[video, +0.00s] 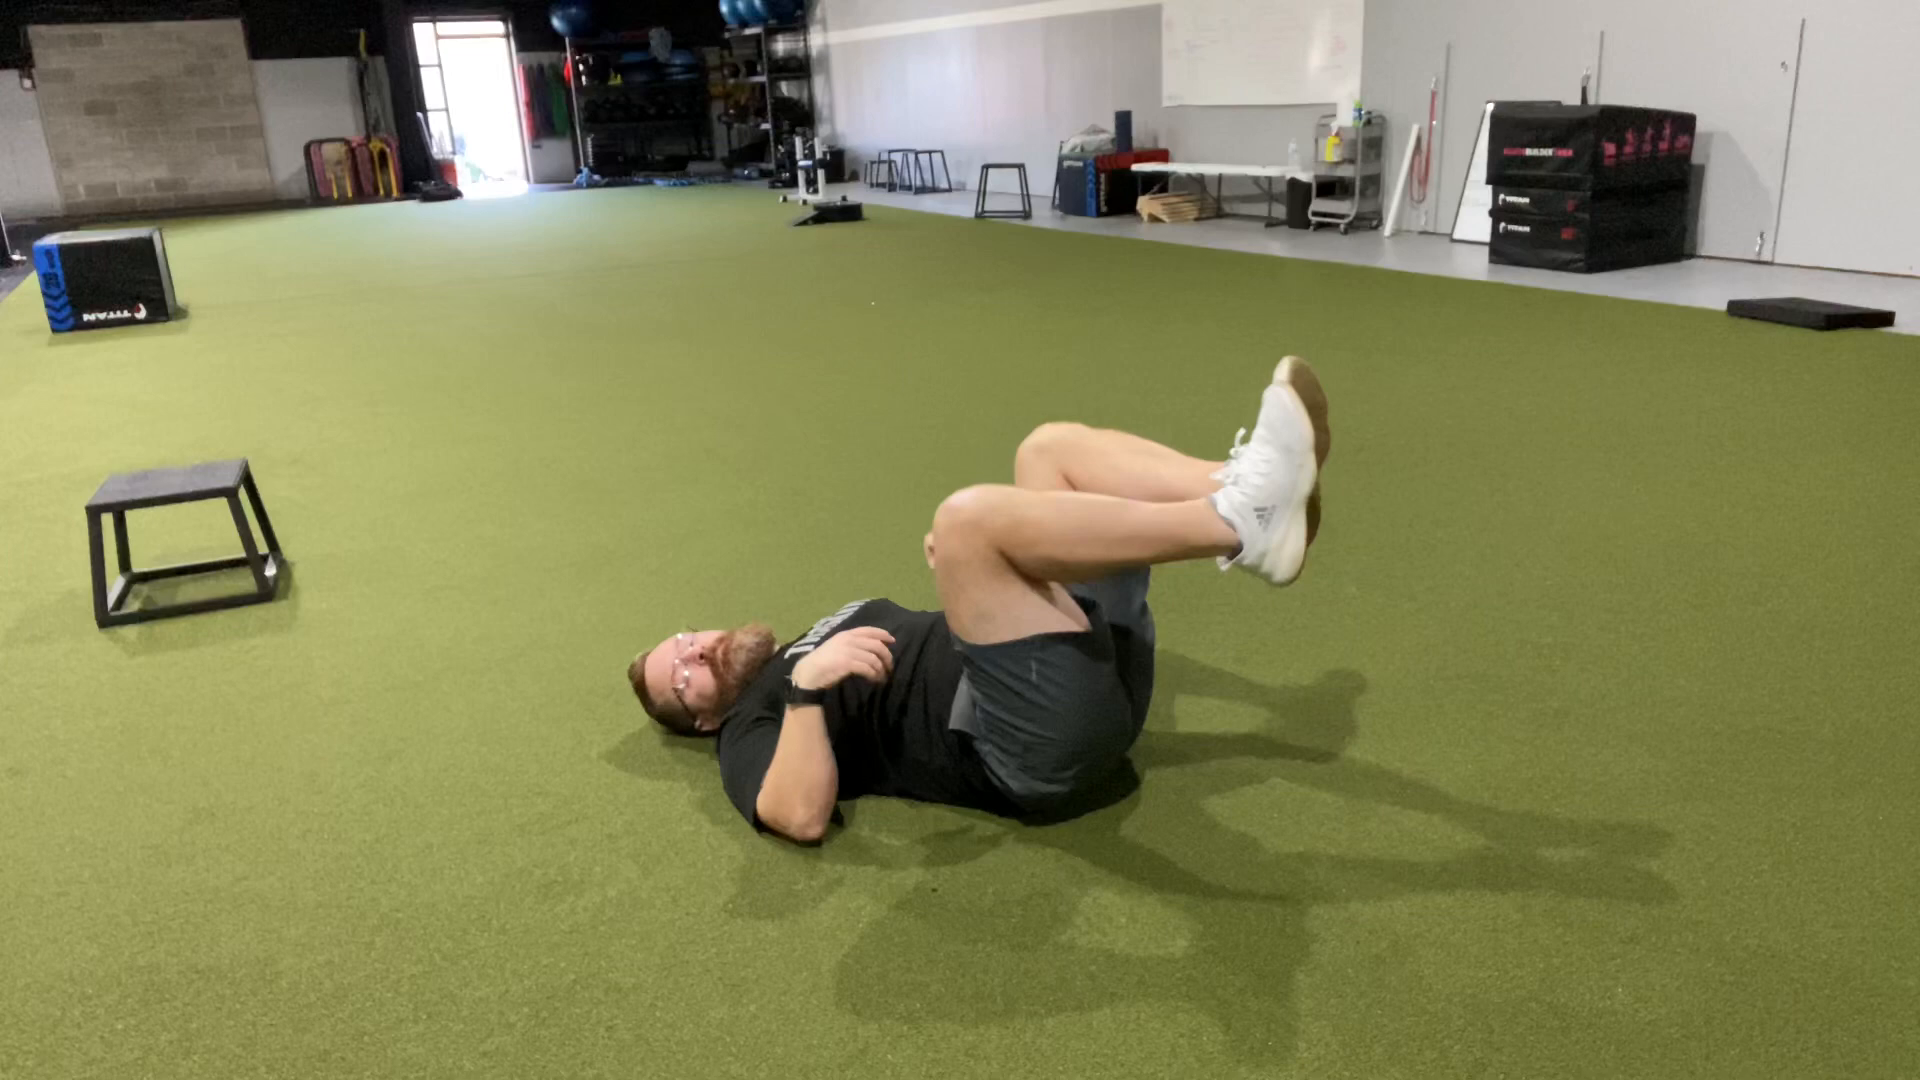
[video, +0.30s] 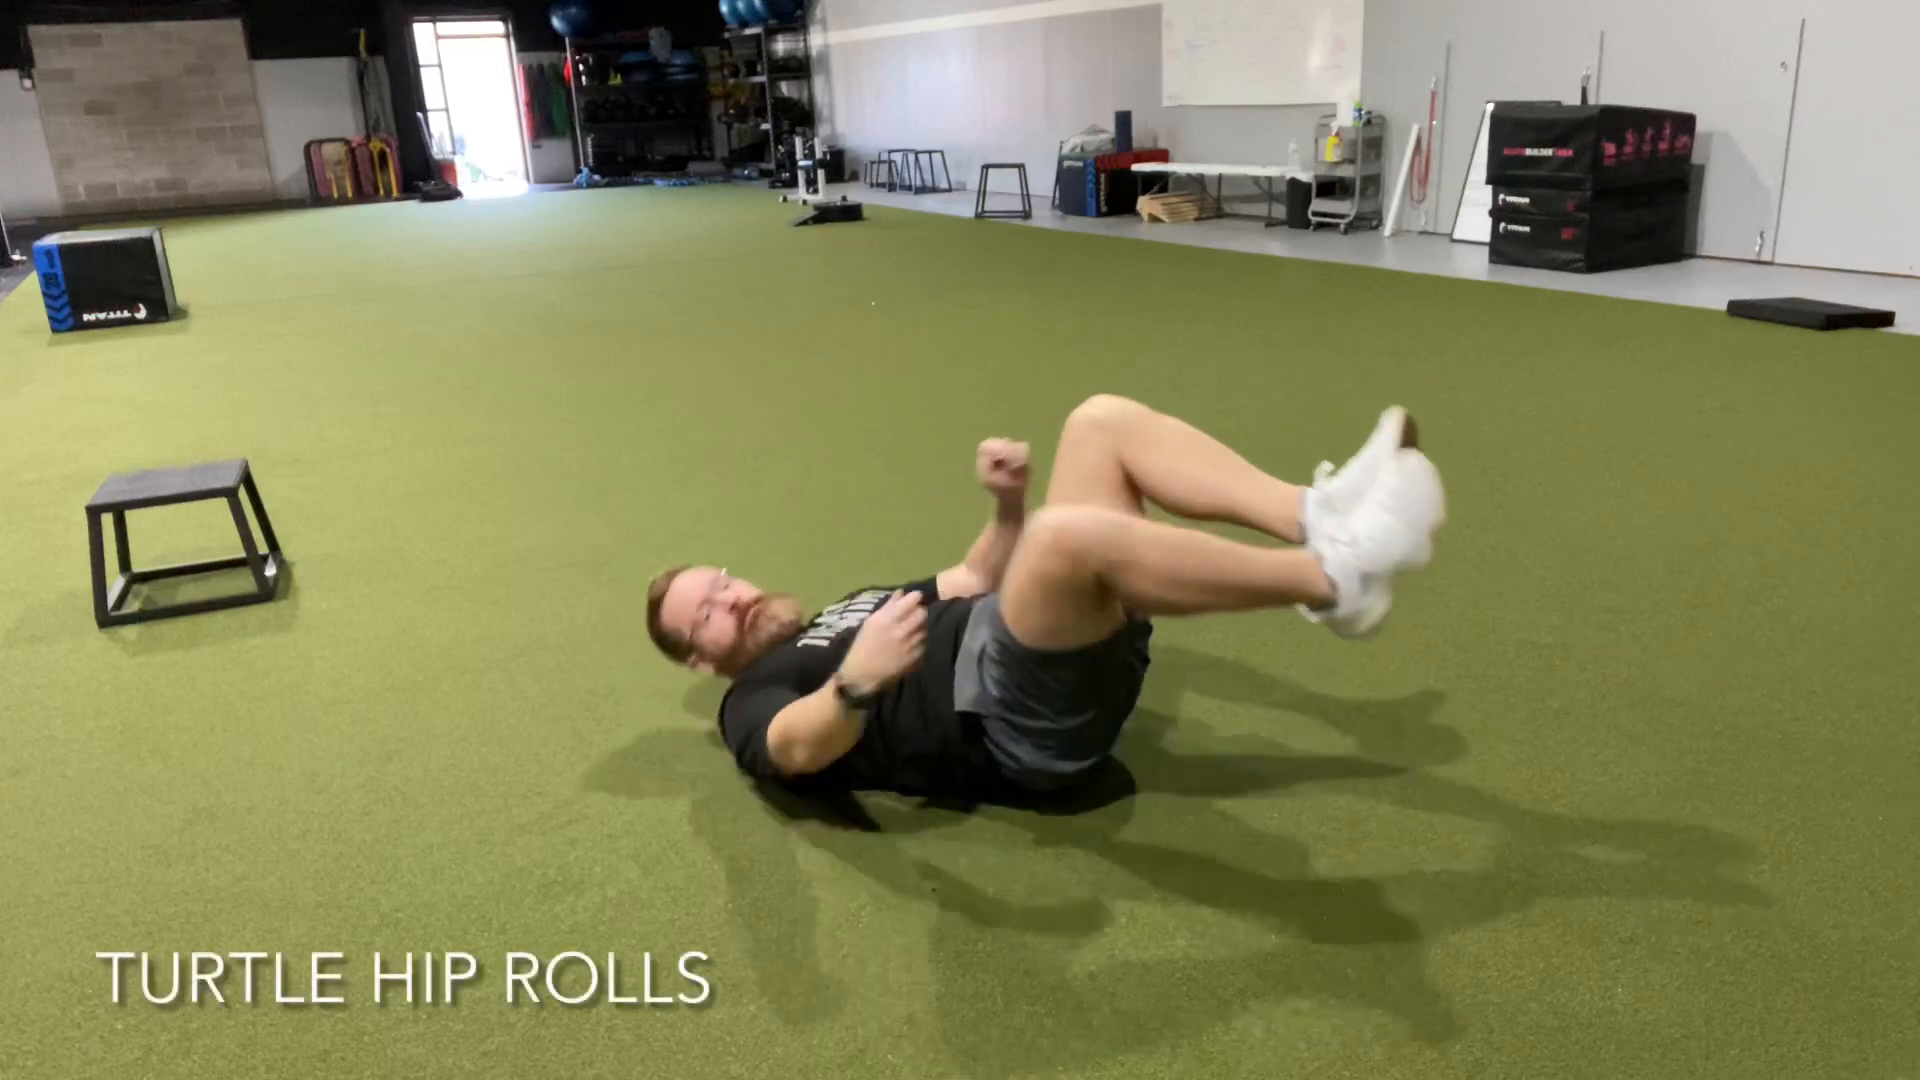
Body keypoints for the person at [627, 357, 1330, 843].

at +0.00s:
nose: (698, 649)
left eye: (689, 642)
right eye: (685, 675)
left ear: (722, 626)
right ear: (704, 713)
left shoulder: (838, 625)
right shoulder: (753, 738)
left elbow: (946, 637)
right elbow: (798, 818)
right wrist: (805, 691)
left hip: (1089, 678)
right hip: (1031, 746)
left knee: (1050, 447)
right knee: (961, 524)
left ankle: (1247, 506)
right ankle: (1235, 522)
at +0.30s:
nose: (728, 597)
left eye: (720, 583)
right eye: (706, 616)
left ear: (749, 580)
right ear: (707, 660)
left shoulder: (853, 612)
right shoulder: (753, 711)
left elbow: (969, 583)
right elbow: (798, 750)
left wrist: (1009, 506)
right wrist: (856, 684)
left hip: (1037, 642)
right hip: (1006, 730)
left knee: (1099, 424)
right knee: (1065, 541)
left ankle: (1313, 513)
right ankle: (1330, 582)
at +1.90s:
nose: (1210, 404)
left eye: (1217, 377)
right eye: (1184, 385)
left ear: (1225, 362)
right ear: (1106, 380)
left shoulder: (1254, 462)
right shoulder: (1032, 529)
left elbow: (1399, 552)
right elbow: (972, 690)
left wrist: (1542, 633)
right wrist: (987, 851)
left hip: (1250, 670)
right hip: (1142, 752)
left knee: (1396, 569)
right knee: (1246, 895)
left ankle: (1539, 751)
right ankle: (1444, 847)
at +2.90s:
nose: (767, 536)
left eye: (760, 525)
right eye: (740, 544)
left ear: (787, 537)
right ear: (719, 599)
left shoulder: (880, 573)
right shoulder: (765, 668)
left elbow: (1002, 574)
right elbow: (840, 763)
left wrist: (992, 491)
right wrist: (923, 659)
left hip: (1091, 686)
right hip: (1029, 746)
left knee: (1146, 450)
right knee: (1045, 508)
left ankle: (1333, 573)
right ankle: (1289, 621)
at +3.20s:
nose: (715, 599)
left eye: (712, 593)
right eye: (695, 618)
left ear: (744, 597)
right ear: (702, 671)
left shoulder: (839, 623)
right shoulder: (739, 701)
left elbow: (962, 557)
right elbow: (802, 704)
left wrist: (861, 519)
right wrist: (790, 567)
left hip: (1075, 654)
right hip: (991, 689)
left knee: (1027, 414)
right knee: (877, 458)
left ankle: (1187, 425)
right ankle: (1126, 459)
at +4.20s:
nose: (907, 447)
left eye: (900, 431)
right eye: (883, 435)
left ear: (860, 454)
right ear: (827, 463)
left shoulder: (935, 534)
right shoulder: (829, 553)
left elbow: (1037, 579)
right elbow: (992, 562)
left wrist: (1118, 538)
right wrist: (1115, 521)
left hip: (1087, 739)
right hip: (1010, 740)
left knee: (1255, 557)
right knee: (1175, 530)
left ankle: (1417, 685)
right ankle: (1392, 695)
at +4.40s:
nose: (1031, 391)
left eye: (1027, 375)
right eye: (1015, 374)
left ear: (962, 387)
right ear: (954, 386)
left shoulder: (986, 476)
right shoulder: (947, 478)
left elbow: (1068, 608)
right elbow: (1133, 532)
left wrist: (1167, 652)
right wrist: (1222, 510)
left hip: (1089, 718)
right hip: (1042, 717)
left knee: (1275, 614)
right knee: (1268, 575)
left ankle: (1399, 768)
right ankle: (1457, 779)